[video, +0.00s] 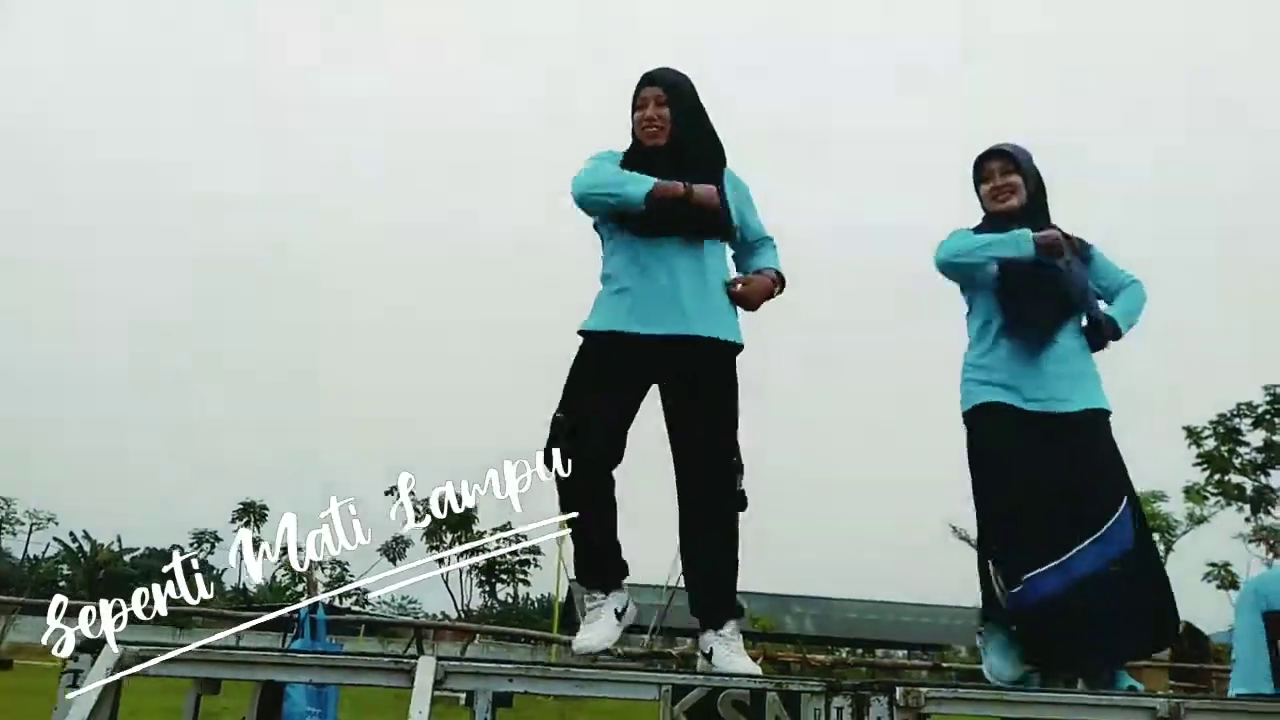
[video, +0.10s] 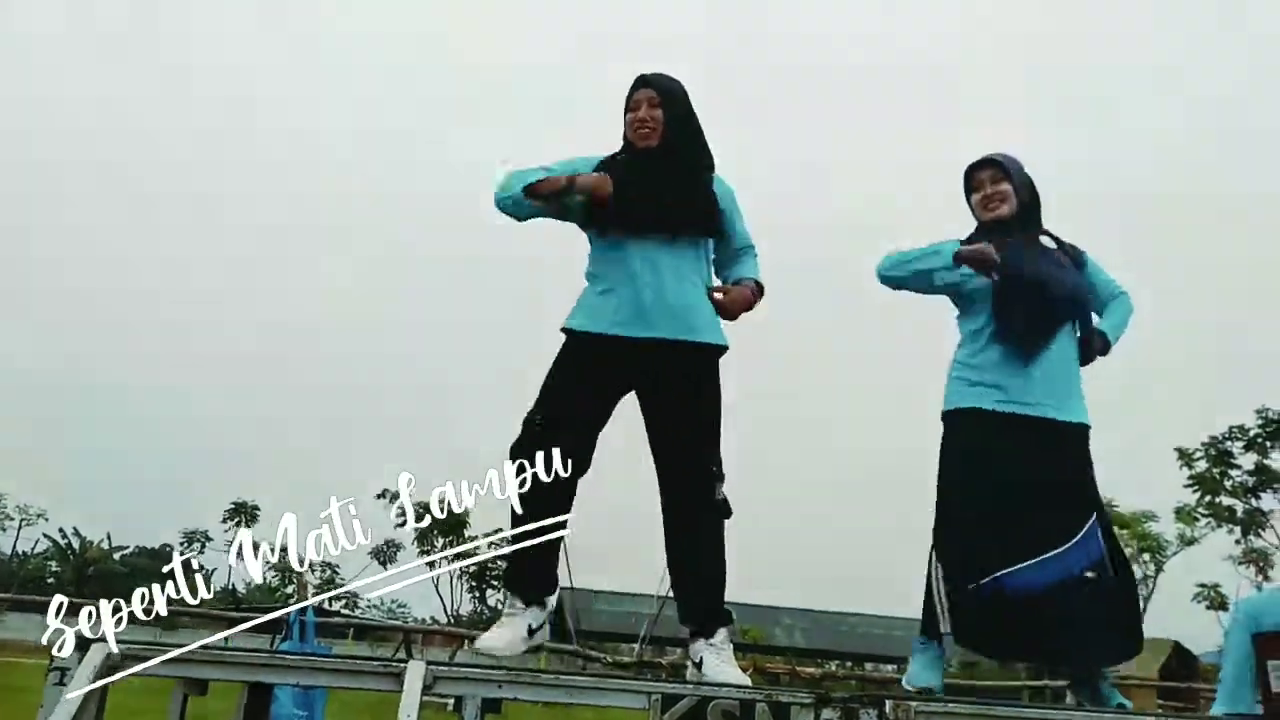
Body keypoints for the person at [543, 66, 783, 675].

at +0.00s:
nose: (651, 115)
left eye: (663, 106)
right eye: (642, 107)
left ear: (688, 114)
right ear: (632, 118)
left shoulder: (724, 182)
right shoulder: (612, 166)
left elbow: (757, 244)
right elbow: (586, 189)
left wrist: (766, 277)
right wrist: (680, 192)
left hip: (703, 336)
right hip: (619, 332)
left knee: (712, 481)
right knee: (575, 455)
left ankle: (719, 628)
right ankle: (605, 596)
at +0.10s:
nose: (643, 115)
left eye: (655, 106)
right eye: (635, 107)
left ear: (680, 117)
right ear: (625, 119)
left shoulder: (711, 189)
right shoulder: (600, 174)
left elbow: (739, 255)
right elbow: (507, 193)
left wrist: (745, 288)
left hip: (686, 346)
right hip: (599, 338)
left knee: (694, 491)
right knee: (540, 461)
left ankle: (709, 639)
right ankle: (529, 605)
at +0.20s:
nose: (622, 120)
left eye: (635, 113)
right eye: (615, 112)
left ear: (659, 126)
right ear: (605, 125)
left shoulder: (679, 200)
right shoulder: (571, 178)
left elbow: (706, 287)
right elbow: (485, 217)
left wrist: (713, 305)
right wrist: (494, 211)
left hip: (668, 354)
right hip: (581, 350)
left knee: (692, 494)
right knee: (518, 477)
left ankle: (711, 641)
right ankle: (479, 623)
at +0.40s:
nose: (571, 112)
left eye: (585, 104)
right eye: (563, 104)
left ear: (608, 116)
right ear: (551, 115)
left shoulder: (633, 186)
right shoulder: (519, 168)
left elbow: (672, 260)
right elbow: (449, 211)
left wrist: (668, 291)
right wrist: (515, 185)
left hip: (605, 337)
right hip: (518, 335)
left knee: (632, 481)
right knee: (480, 477)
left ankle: (648, 627)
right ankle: (475, 624)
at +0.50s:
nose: (546, 108)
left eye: (558, 99)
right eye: (539, 100)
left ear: (586, 108)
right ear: (529, 111)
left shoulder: (621, 177)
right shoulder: (503, 161)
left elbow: (663, 244)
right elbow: (486, 197)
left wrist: (652, 278)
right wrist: (577, 181)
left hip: (585, 325)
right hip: (503, 325)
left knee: (584, 469)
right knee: (481, 467)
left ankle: (569, 614)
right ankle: (476, 619)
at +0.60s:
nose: (526, 117)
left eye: (538, 108)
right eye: (522, 109)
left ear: (569, 115)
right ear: (515, 120)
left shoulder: (609, 181)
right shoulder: (497, 171)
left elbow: (657, 248)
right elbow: (495, 195)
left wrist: (635, 282)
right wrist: (585, 179)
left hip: (568, 321)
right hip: (491, 321)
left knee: (542, 463)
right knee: (461, 455)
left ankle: (526, 621)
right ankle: (471, 617)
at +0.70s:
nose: (519, 126)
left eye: (529, 116)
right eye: (514, 119)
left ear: (561, 119)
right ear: (511, 130)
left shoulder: (603, 186)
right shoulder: (504, 185)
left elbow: (655, 258)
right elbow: (476, 185)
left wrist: (624, 288)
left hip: (558, 333)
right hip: (477, 331)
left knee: (543, 478)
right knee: (413, 458)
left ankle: (525, 625)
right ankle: (460, 598)